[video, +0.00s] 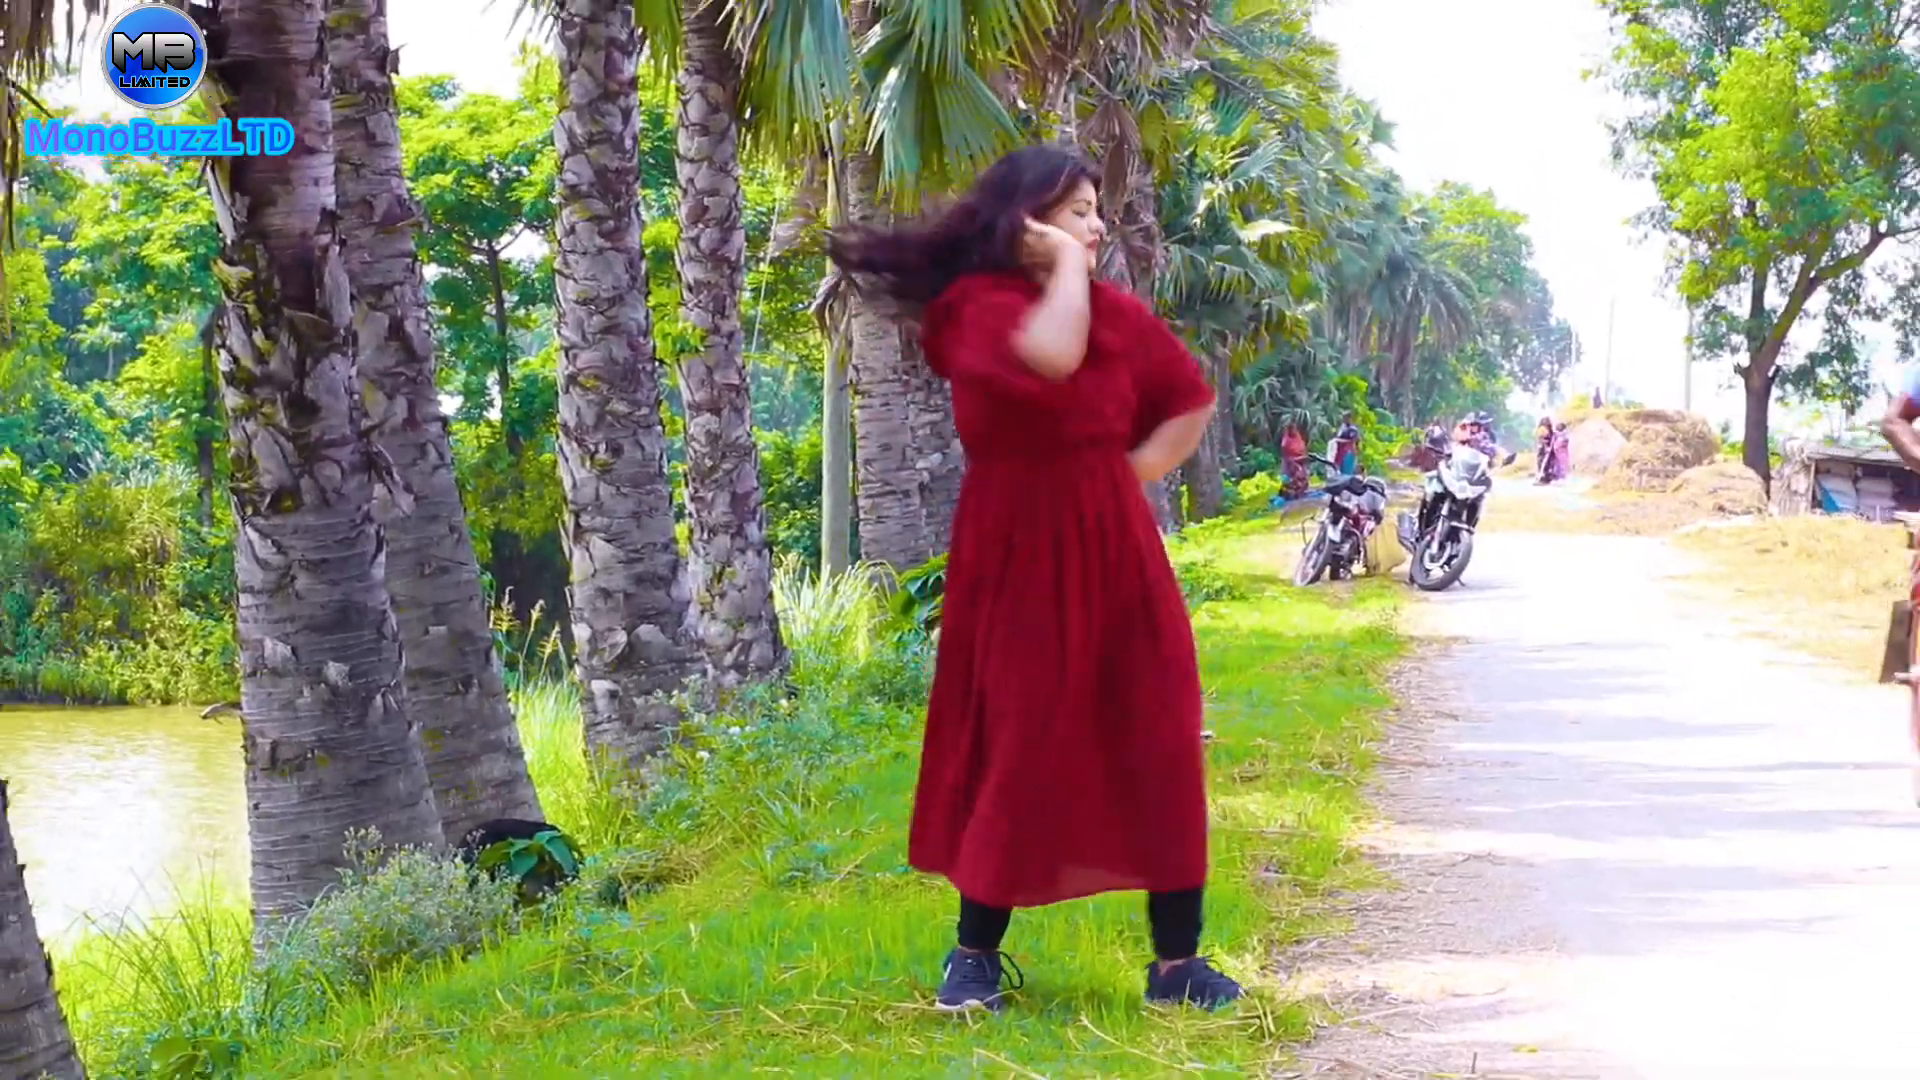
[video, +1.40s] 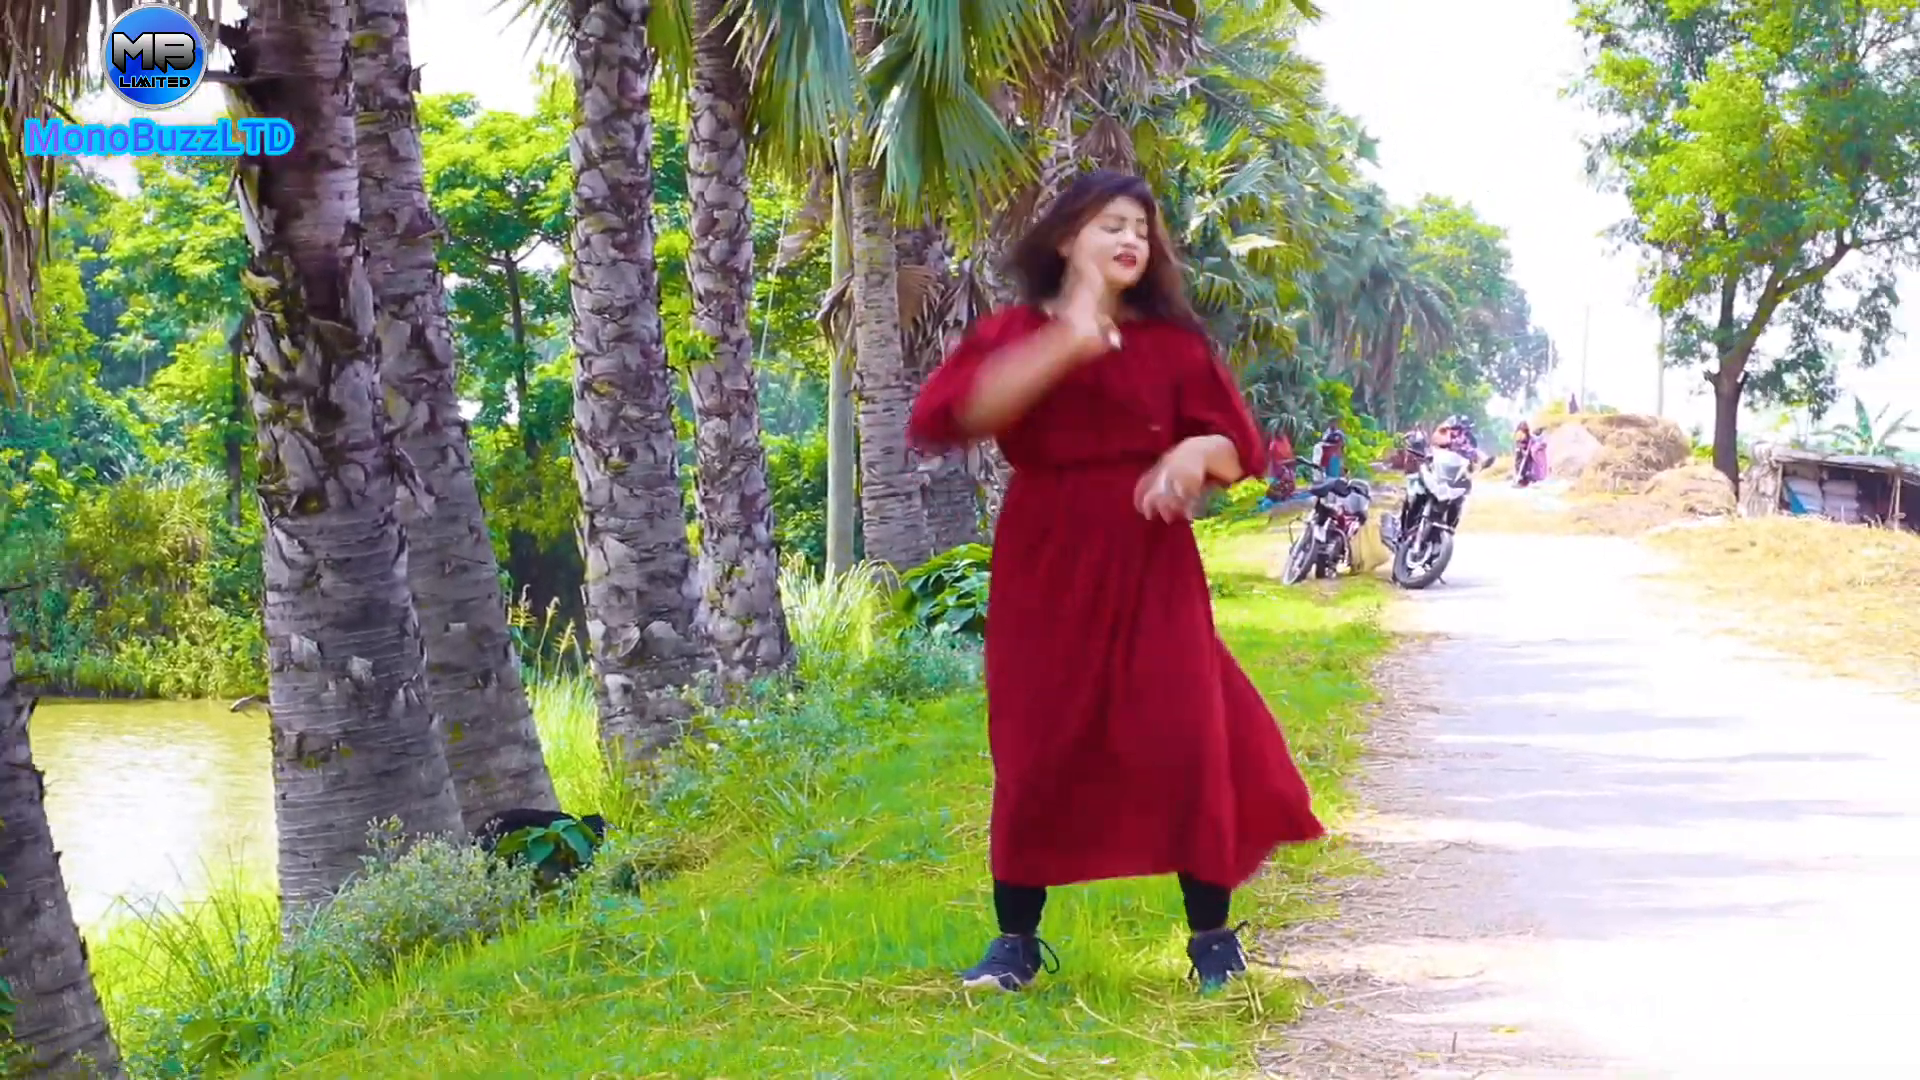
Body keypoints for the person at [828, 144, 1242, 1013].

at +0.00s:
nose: (1097, 224)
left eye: (1097, 209)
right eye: (1080, 210)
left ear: (1091, 225)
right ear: (1025, 220)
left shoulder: (1113, 306)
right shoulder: (971, 302)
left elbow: (1195, 400)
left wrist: (1127, 474)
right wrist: (1070, 261)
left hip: (1113, 530)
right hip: (1014, 535)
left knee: (1166, 734)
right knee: (1013, 738)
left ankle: (1177, 961)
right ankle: (975, 958)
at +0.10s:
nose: (1105, 242)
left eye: (1105, 228)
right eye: (1090, 229)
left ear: (1096, 237)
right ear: (1039, 234)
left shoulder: (1113, 310)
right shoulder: (987, 311)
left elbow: (1171, 402)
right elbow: (1008, 332)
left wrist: (1127, 485)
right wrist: (1042, 254)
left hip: (1120, 531)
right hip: (1025, 536)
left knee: (1178, 720)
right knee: (1011, 729)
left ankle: (1187, 927)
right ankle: (972, 933)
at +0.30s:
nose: (1159, 226)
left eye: (1160, 211)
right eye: (1138, 213)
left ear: (1161, 225)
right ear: (1081, 230)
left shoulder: (1186, 321)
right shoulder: (1033, 316)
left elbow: (1259, 399)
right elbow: (900, 325)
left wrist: (1259, 434)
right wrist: (1013, 262)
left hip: (1192, 560)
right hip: (1080, 560)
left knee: (1219, 764)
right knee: (1032, 760)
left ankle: (1230, 977)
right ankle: (976, 965)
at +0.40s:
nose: (1150, 239)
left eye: (1159, 228)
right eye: (1128, 231)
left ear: (1176, 251)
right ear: (1089, 259)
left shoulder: (1216, 340)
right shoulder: (1053, 355)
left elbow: (1321, 425)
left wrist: (1236, 422)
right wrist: (1040, 373)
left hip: (1200, 566)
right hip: (1089, 565)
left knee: (1215, 750)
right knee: (1039, 745)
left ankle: (1216, 945)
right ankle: (981, 935)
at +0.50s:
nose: (1137, 225)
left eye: (1156, 213)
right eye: (1125, 220)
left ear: (1199, 232)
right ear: (1115, 249)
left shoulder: (1248, 322)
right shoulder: (1092, 346)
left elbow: (1339, 397)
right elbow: (1049, 452)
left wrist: (1246, 335)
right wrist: (1044, 496)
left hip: (1211, 556)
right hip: (1101, 553)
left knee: (1213, 747)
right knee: (1034, 736)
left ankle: (1221, 955)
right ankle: (989, 928)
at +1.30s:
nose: (1122, 229)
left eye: (1142, 218)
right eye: (1108, 216)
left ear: (1174, 240)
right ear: (1084, 237)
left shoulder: (1218, 342)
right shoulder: (1043, 342)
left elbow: (1295, 475)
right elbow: (965, 468)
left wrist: (1230, 407)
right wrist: (1044, 465)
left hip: (1184, 571)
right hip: (1069, 572)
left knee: (1205, 764)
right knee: (1032, 763)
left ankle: (1233, 974)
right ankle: (1018, 966)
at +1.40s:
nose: (1131, 239)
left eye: (1142, 231)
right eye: (1112, 225)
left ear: (1150, 254)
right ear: (1066, 238)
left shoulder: (1176, 343)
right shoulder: (1012, 332)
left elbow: (1240, 450)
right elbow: (957, 417)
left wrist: (1197, 451)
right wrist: (1065, 342)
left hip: (1153, 559)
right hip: (1043, 559)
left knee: (1189, 741)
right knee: (1028, 746)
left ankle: (1213, 941)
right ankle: (1016, 944)